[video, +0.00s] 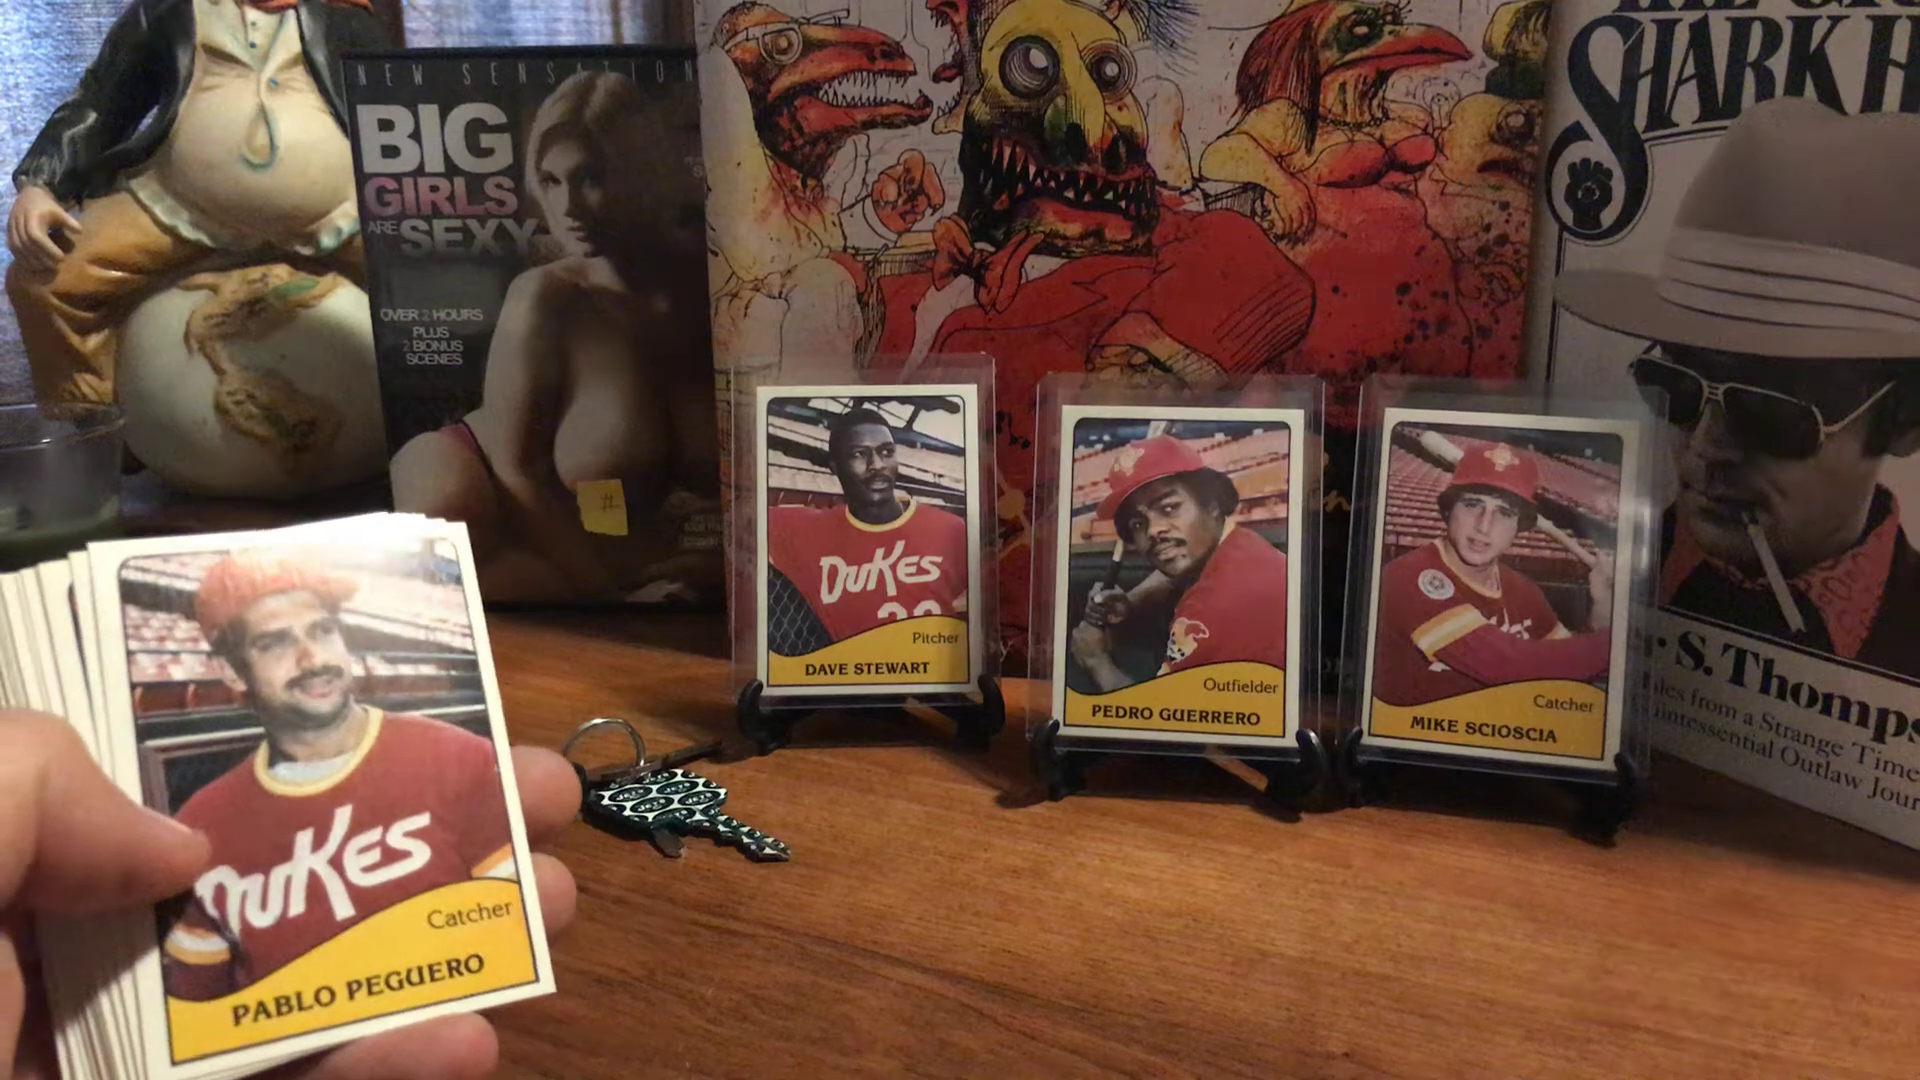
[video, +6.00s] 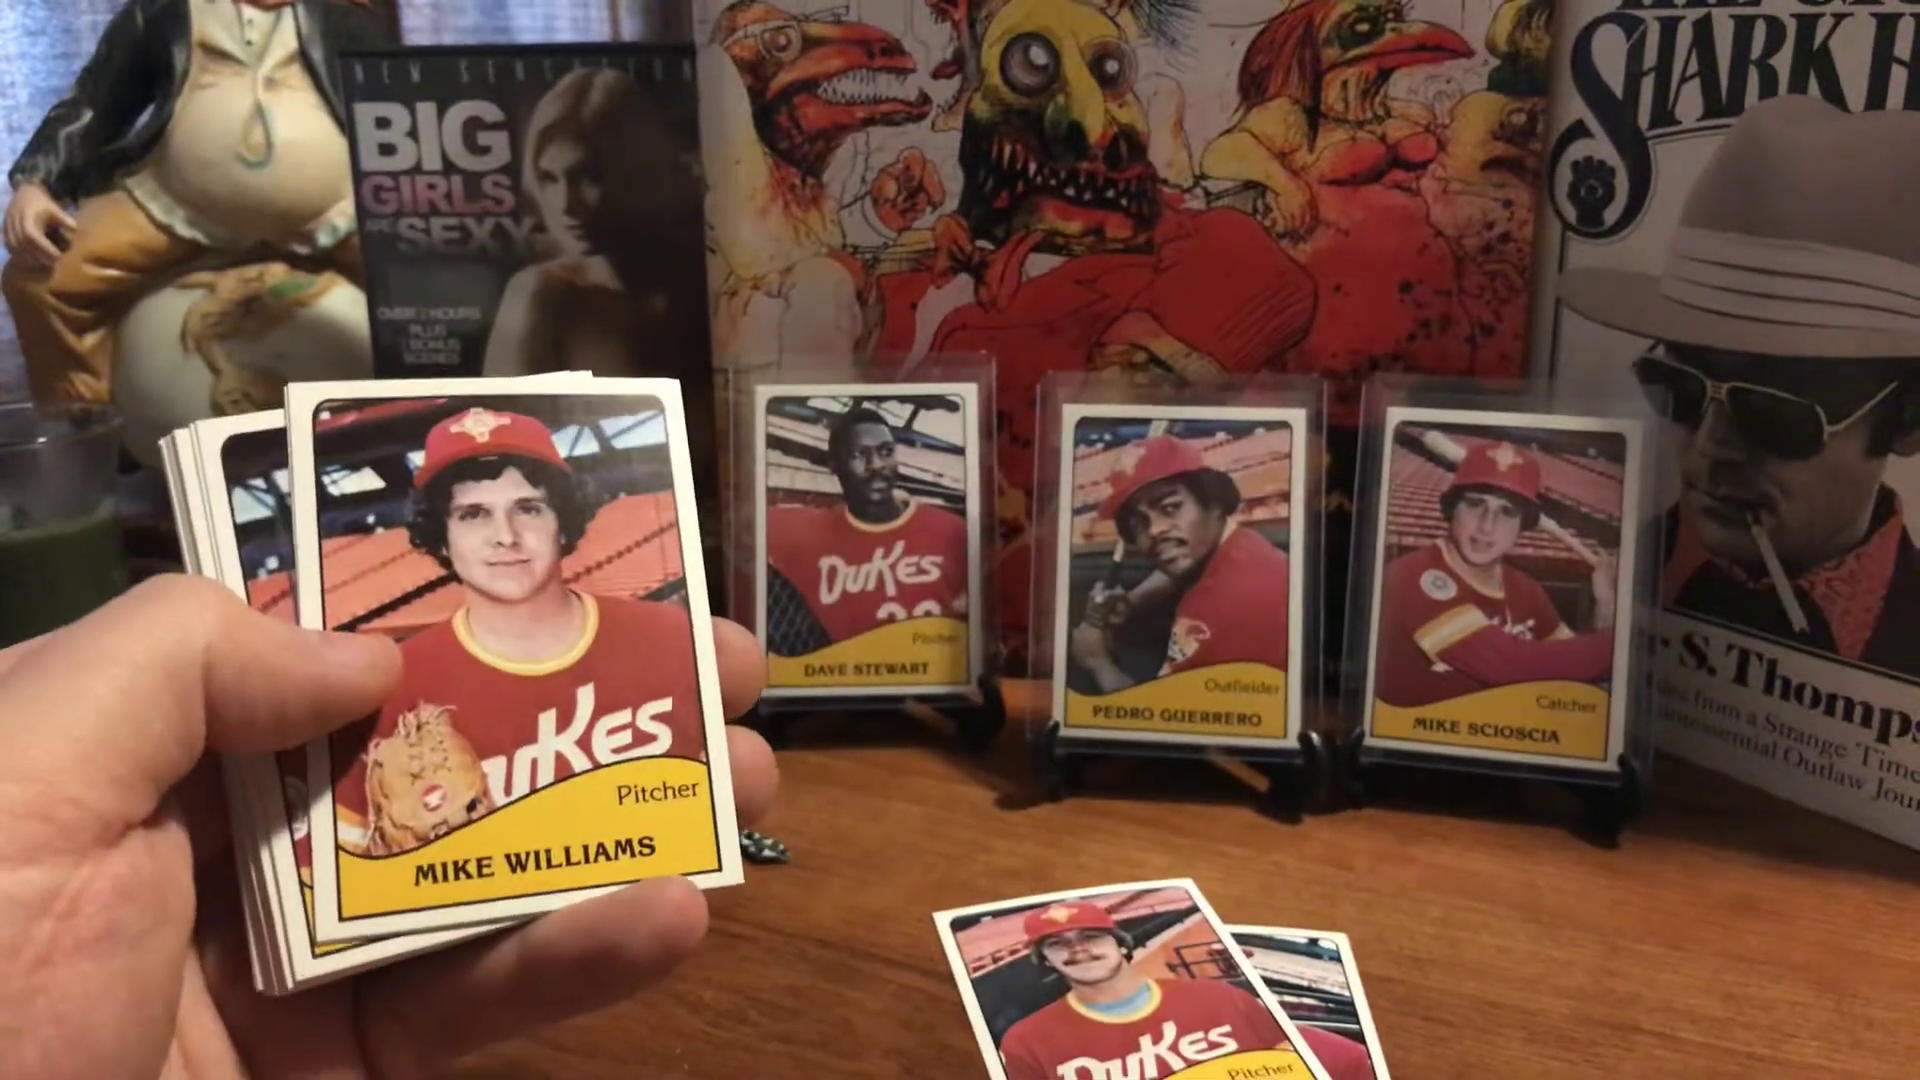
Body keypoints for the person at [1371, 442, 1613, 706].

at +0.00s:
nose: (1484, 525)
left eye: (1504, 513)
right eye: (1473, 504)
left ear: (1519, 528)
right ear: (1449, 509)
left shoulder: (1522, 592)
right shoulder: (1411, 578)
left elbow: (1575, 669)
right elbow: (1502, 663)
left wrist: (1602, 604)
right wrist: (1620, 641)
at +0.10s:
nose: (1484, 525)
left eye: (1504, 513)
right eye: (1473, 505)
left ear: (1518, 527)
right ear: (1448, 508)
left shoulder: (1521, 591)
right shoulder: (1411, 578)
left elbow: (1577, 668)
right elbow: (1503, 664)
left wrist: (1601, 592)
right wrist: (1620, 642)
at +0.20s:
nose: (1484, 525)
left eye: (1503, 513)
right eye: (1473, 505)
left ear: (1518, 527)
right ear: (1448, 508)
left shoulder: (1522, 591)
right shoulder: (1411, 578)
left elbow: (1568, 662)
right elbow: (1503, 664)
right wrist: (1624, 640)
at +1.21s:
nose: (1483, 525)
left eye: (1503, 512)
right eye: (1472, 505)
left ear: (1519, 525)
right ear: (1448, 508)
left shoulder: (1521, 590)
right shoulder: (1411, 578)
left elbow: (1571, 663)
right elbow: (1502, 663)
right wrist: (1620, 643)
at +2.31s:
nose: (1484, 526)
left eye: (1504, 512)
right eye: (1474, 504)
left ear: (1520, 526)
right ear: (1449, 508)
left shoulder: (1522, 590)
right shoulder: (1413, 578)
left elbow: (1576, 669)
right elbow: (1503, 664)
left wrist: (1604, 605)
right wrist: (1617, 643)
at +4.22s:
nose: (1488, 525)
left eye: (1508, 512)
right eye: (1477, 504)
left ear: (1525, 527)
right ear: (1453, 509)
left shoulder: (1527, 591)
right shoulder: (1417, 577)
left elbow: (1579, 671)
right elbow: (1506, 665)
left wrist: (1608, 608)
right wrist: (1614, 644)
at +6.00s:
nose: (1486, 525)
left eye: (1506, 512)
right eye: (1475, 504)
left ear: (1522, 526)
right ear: (1452, 509)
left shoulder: (1525, 591)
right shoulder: (1416, 578)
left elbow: (1578, 676)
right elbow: (1507, 665)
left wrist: (1605, 607)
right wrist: (1624, 640)